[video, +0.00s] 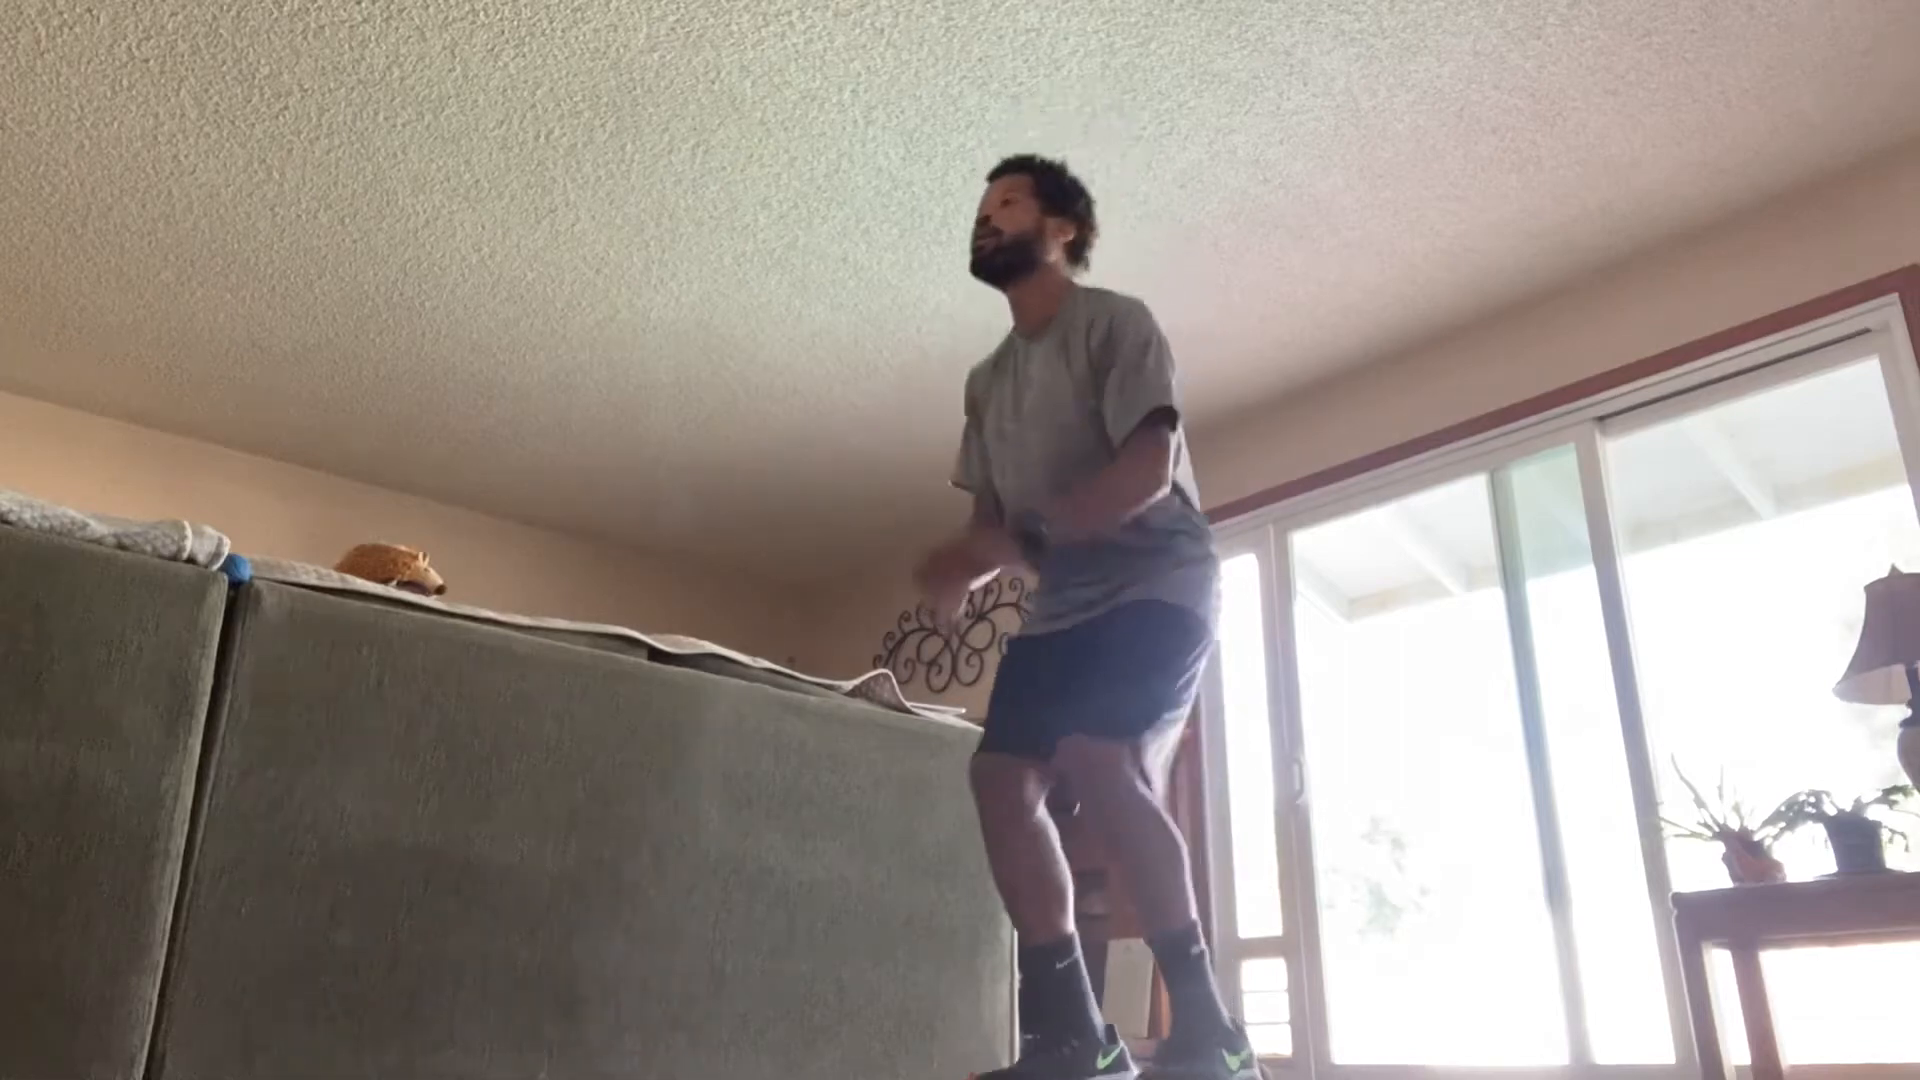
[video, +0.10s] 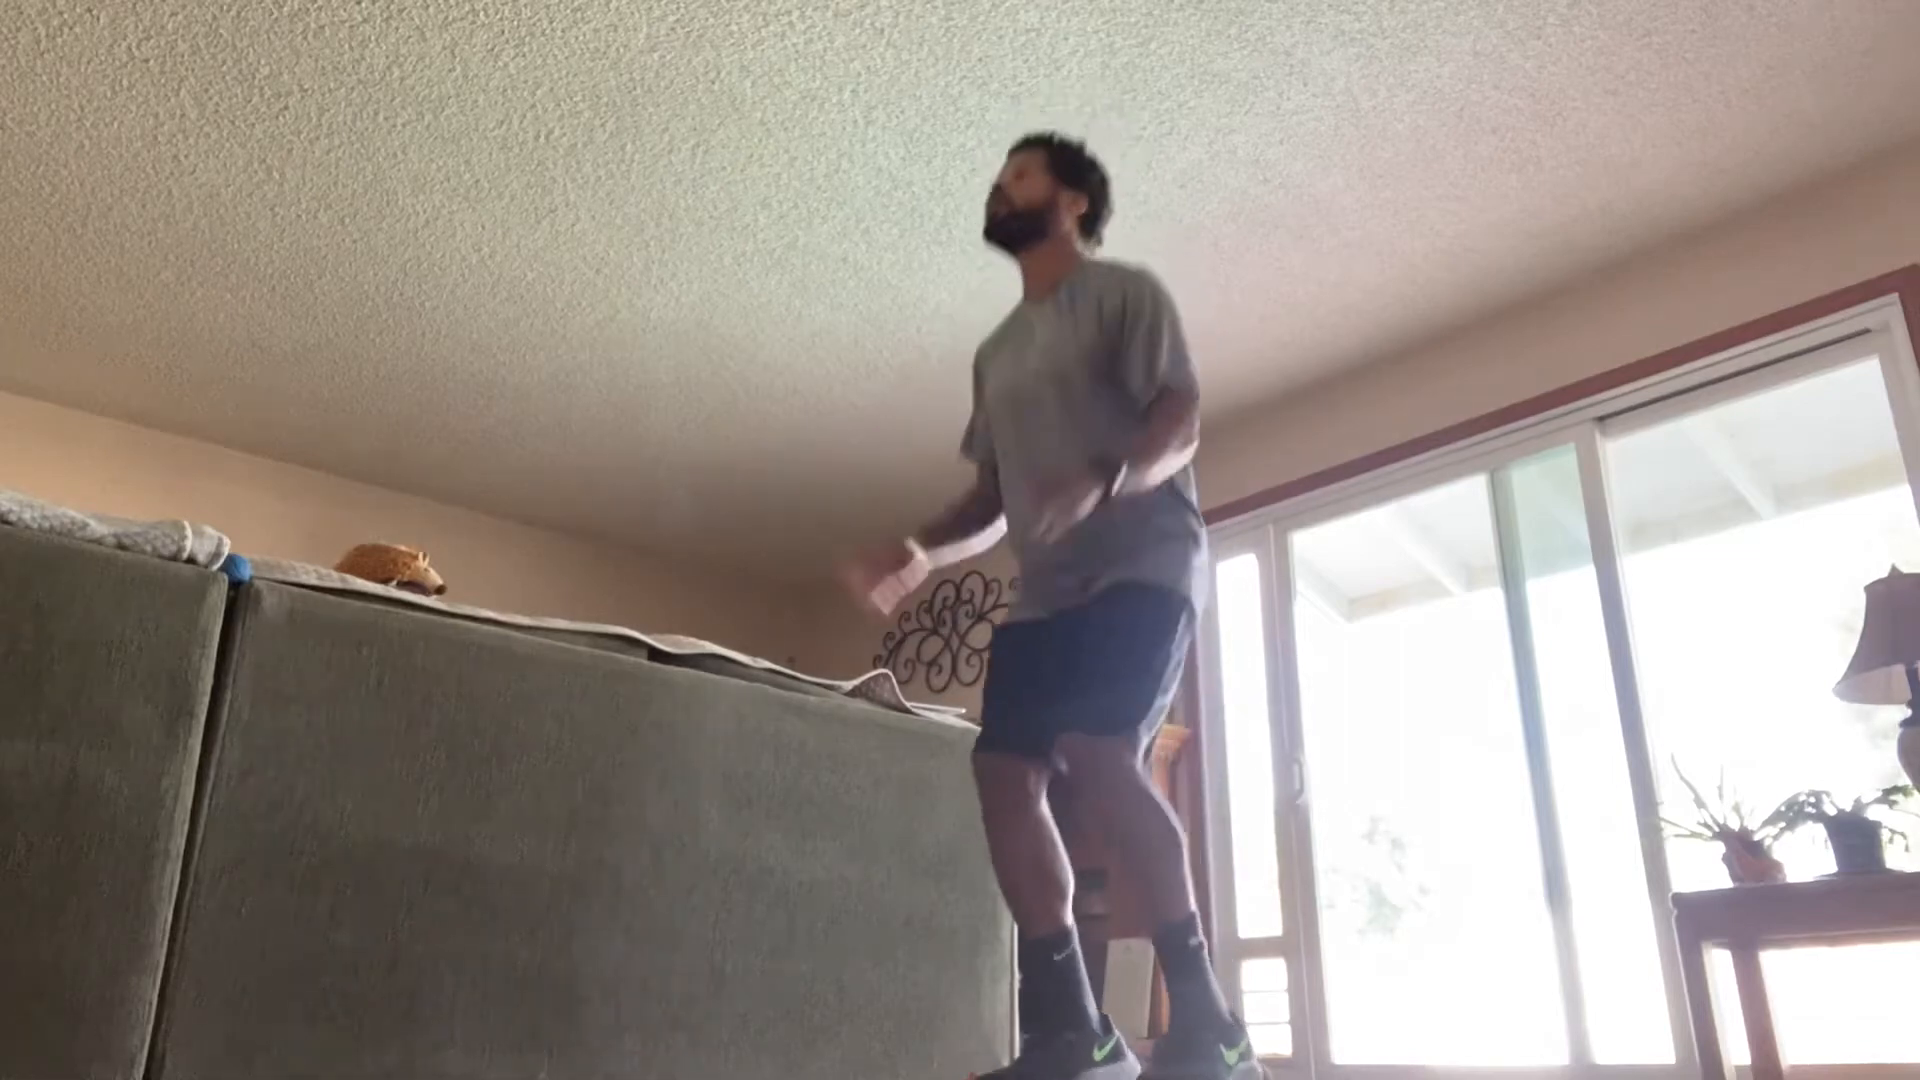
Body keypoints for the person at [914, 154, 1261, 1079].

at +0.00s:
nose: (984, 223)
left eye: (1006, 210)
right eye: (982, 212)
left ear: (1062, 230)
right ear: (982, 238)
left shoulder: (1117, 322)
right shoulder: (987, 381)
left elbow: (1153, 461)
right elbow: (996, 524)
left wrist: (1053, 526)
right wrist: (960, 568)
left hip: (1154, 586)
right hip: (1054, 607)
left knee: (1094, 759)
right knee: (1000, 775)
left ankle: (1205, 1032)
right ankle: (1069, 1036)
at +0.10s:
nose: (1000, 185)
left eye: (1024, 171)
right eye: (1001, 174)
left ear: (1077, 203)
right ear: (1012, 212)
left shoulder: (1125, 290)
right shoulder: (996, 352)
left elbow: (1179, 422)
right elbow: (991, 492)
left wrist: (1109, 481)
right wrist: (921, 550)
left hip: (1140, 568)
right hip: (1041, 590)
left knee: (1095, 753)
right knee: (1005, 768)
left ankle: (1200, 1020)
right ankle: (1067, 1027)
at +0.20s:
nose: (1014, 127)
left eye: (1036, 115)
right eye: (1014, 119)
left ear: (1088, 146)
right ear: (1026, 162)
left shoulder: (1125, 221)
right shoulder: (1002, 292)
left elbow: (1181, 297)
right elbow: (969, 425)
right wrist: (846, 421)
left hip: (1137, 504)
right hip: (1041, 535)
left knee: (1131, 709)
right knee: (1017, 736)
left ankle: (1217, 983)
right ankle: (1050, 990)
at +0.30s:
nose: (1028, 117)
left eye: (1052, 108)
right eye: (1026, 111)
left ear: (1103, 139)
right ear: (1029, 156)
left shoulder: (1136, 207)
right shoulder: (1011, 276)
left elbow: (1233, 204)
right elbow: (922, 377)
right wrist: (825, 301)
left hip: (1141, 493)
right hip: (1039, 519)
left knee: (1144, 693)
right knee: (1001, 726)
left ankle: (1280, 954)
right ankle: (1036, 974)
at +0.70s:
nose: (1029, 118)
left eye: (1051, 105)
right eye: (1029, 110)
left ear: (1103, 129)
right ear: (1045, 148)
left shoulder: (1138, 185)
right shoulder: (1012, 269)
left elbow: (1259, 227)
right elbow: (968, 404)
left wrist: (1239, 152)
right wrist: (850, 375)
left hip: (1140, 465)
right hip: (1044, 485)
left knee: (1137, 671)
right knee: (1021, 709)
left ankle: (1261, 932)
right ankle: (1078, 947)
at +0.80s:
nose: (1017, 130)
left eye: (1041, 119)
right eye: (1015, 123)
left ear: (1092, 149)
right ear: (1013, 164)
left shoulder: (1132, 220)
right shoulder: (1008, 288)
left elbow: (1236, 328)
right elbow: (1029, 430)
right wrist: (940, 476)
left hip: (1133, 487)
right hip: (1043, 503)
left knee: (1115, 709)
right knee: (1042, 738)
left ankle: (1215, 959)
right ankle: (1127, 964)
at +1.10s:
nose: (1017, 103)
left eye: (1040, 92)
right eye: (1017, 97)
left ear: (1092, 123)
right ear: (1030, 138)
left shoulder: (1130, 195)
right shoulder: (1004, 260)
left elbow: (1228, 281)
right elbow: (989, 395)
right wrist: (868, 413)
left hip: (1127, 467)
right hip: (1034, 486)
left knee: (1126, 690)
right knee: (1043, 726)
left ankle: (1216, 945)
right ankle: (1100, 947)